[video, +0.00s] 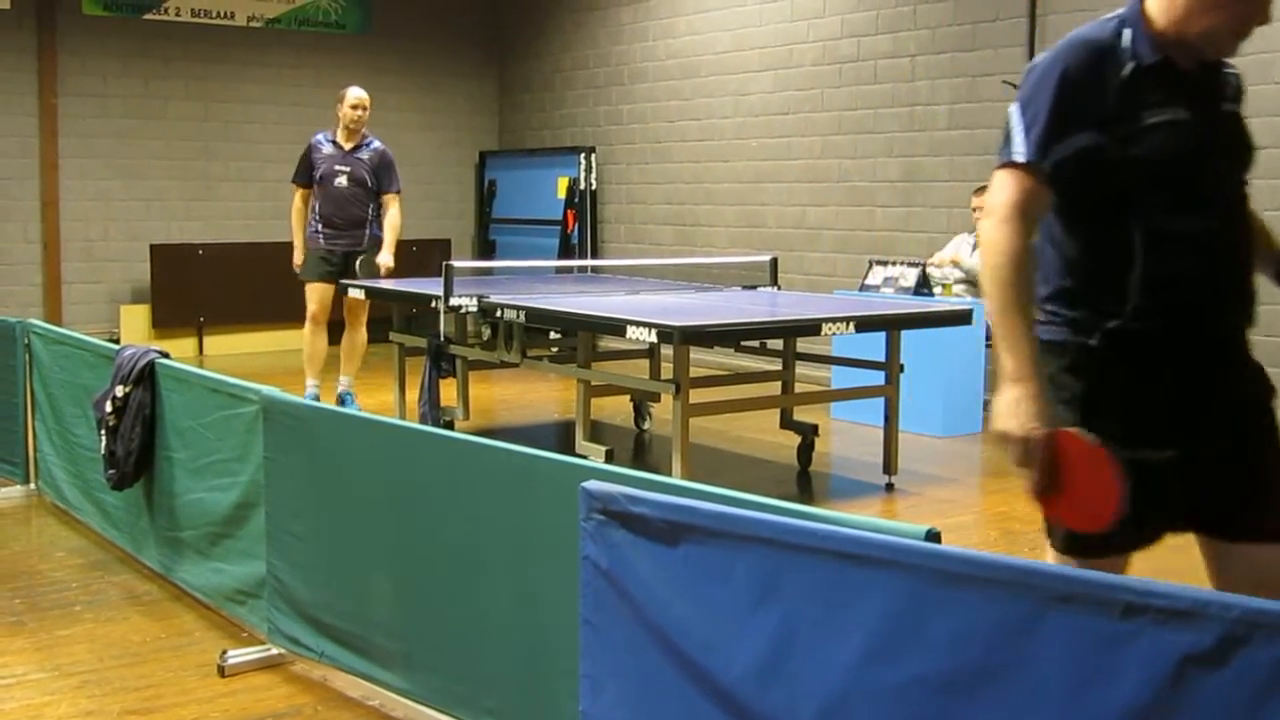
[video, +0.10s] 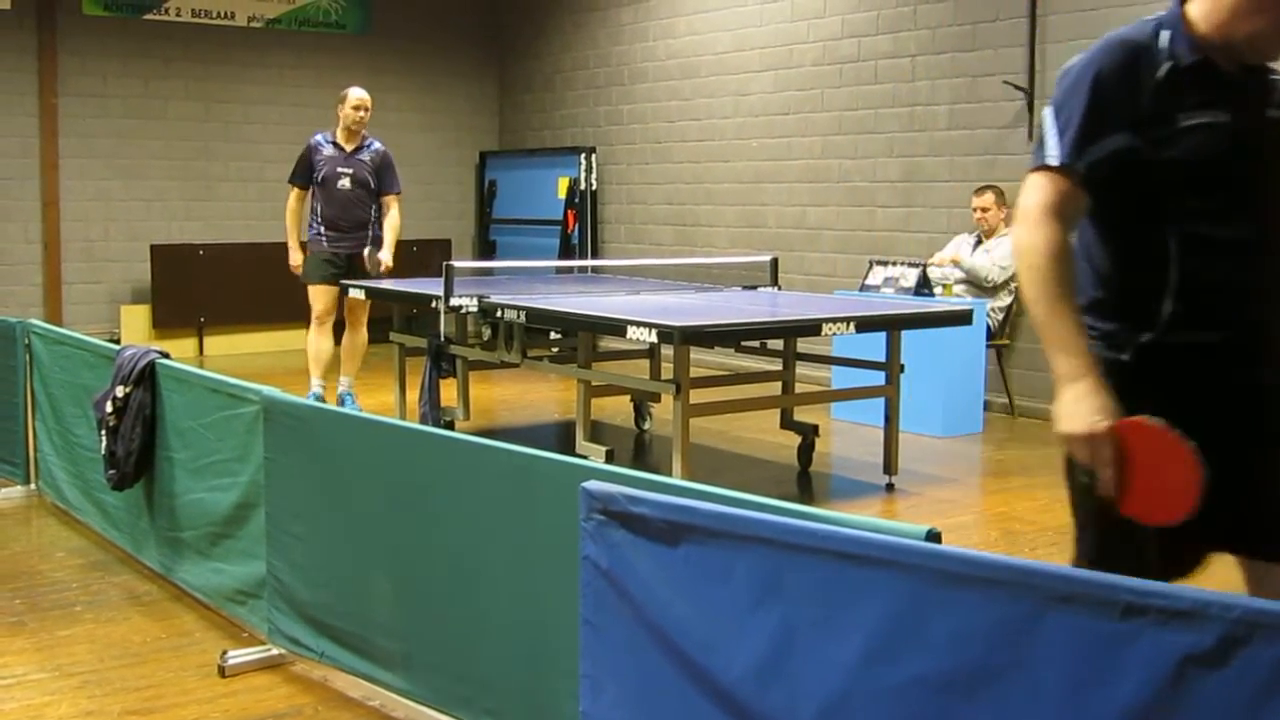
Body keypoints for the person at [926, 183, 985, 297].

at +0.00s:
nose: (976, 216)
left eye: (981, 210)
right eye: (974, 211)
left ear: (993, 210)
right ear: (971, 212)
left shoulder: (999, 242)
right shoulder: (962, 240)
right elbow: (931, 270)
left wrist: (957, 261)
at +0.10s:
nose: (978, 216)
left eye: (985, 210)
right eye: (975, 211)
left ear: (1002, 213)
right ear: (971, 213)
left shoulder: (1012, 242)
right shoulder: (963, 240)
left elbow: (991, 278)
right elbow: (931, 272)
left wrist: (957, 260)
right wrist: (974, 273)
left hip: (980, 318)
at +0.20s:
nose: (978, 216)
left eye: (985, 210)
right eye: (975, 211)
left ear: (1002, 213)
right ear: (971, 212)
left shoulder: (1013, 245)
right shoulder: (963, 240)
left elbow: (992, 277)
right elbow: (931, 272)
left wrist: (957, 260)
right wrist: (972, 273)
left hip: (980, 319)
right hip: (943, 313)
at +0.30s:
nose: (978, 217)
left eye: (985, 211)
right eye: (975, 211)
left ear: (1002, 213)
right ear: (971, 213)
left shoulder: (1013, 245)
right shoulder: (963, 240)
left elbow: (992, 277)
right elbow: (931, 272)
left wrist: (957, 260)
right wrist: (971, 273)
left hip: (980, 319)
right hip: (943, 312)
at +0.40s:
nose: (977, 219)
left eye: (983, 212)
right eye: (973, 213)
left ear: (1001, 213)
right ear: (970, 214)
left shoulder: (1013, 245)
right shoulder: (964, 241)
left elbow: (991, 275)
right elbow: (930, 273)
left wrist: (955, 260)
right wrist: (967, 273)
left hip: (981, 319)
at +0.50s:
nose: (972, 223)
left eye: (977, 216)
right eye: (968, 218)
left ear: (995, 214)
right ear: (965, 217)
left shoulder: (1011, 243)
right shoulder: (962, 241)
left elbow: (987, 277)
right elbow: (936, 274)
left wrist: (955, 262)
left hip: (983, 321)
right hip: (948, 315)